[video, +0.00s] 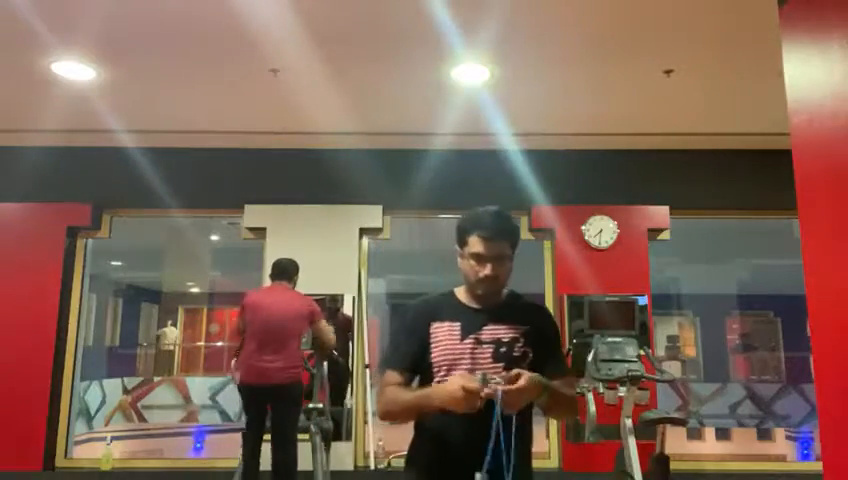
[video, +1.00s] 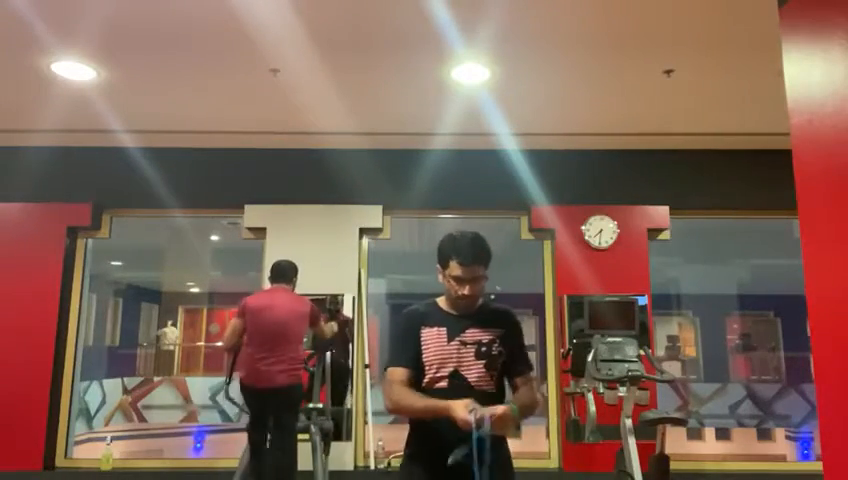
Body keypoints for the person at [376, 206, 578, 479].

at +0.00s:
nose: (489, 271)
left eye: (499, 260)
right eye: (478, 260)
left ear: (512, 259)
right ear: (459, 257)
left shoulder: (535, 318)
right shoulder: (424, 316)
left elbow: (569, 406)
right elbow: (386, 404)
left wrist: (539, 390)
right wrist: (440, 396)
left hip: (508, 470)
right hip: (436, 470)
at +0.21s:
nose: (494, 275)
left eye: (505, 264)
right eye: (484, 263)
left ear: (518, 263)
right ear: (467, 259)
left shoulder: (535, 321)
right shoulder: (429, 314)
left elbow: (571, 405)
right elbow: (390, 394)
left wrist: (538, 386)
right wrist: (442, 373)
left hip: (504, 468)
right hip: (437, 467)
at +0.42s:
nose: (490, 277)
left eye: (500, 267)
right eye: (481, 265)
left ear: (512, 267)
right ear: (462, 263)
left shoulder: (528, 322)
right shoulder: (427, 315)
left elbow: (561, 403)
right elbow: (394, 393)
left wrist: (539, 371)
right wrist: (442, 375)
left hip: (500, 468)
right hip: (435, 466)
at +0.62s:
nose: (477, 281)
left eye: (486, 271)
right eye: (468, 271)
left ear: (496, 272)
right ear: (449, 269)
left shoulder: (511, 322)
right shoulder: (418, 319)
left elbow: (555, 399)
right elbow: (389, 396)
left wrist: (541, 369)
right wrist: (446, 393)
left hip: (491, 466)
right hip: (431, 465)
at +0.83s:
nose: (465, 287)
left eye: (474, 277)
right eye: (456, 277)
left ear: (483, 274)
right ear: (438, 274)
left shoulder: (500, 320)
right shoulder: (410, 322)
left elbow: (531, 388)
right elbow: (394, 400)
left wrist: (508, 388)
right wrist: (453, 399)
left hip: (486, 460)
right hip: (428, 461)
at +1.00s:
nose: (467, 291)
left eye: (476, 281)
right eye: (458, 281)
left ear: (486, 275)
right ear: (441, 274)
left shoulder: (503, 321)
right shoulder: (413, 321)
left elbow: (528, 393)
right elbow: (394, 396)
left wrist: (509, 411)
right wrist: (450, 408)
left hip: (489, 459)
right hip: (429, 459)